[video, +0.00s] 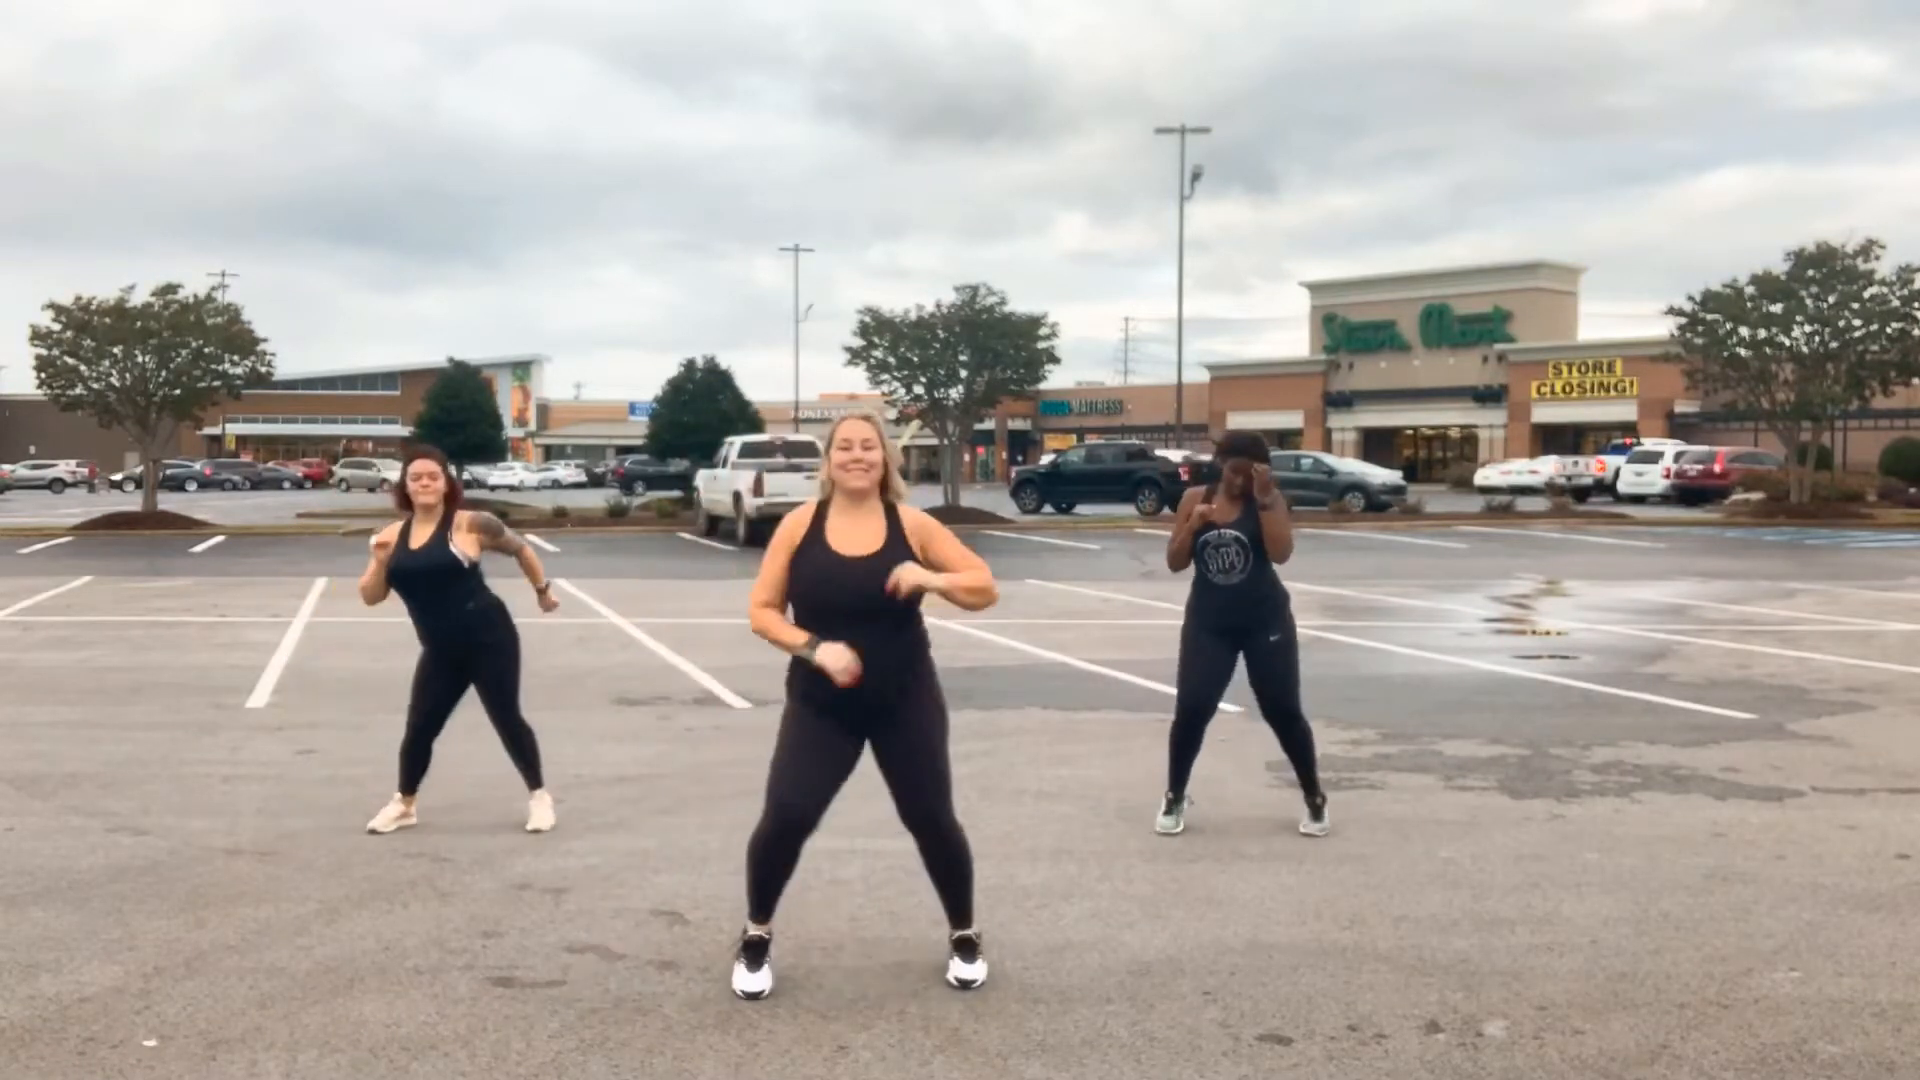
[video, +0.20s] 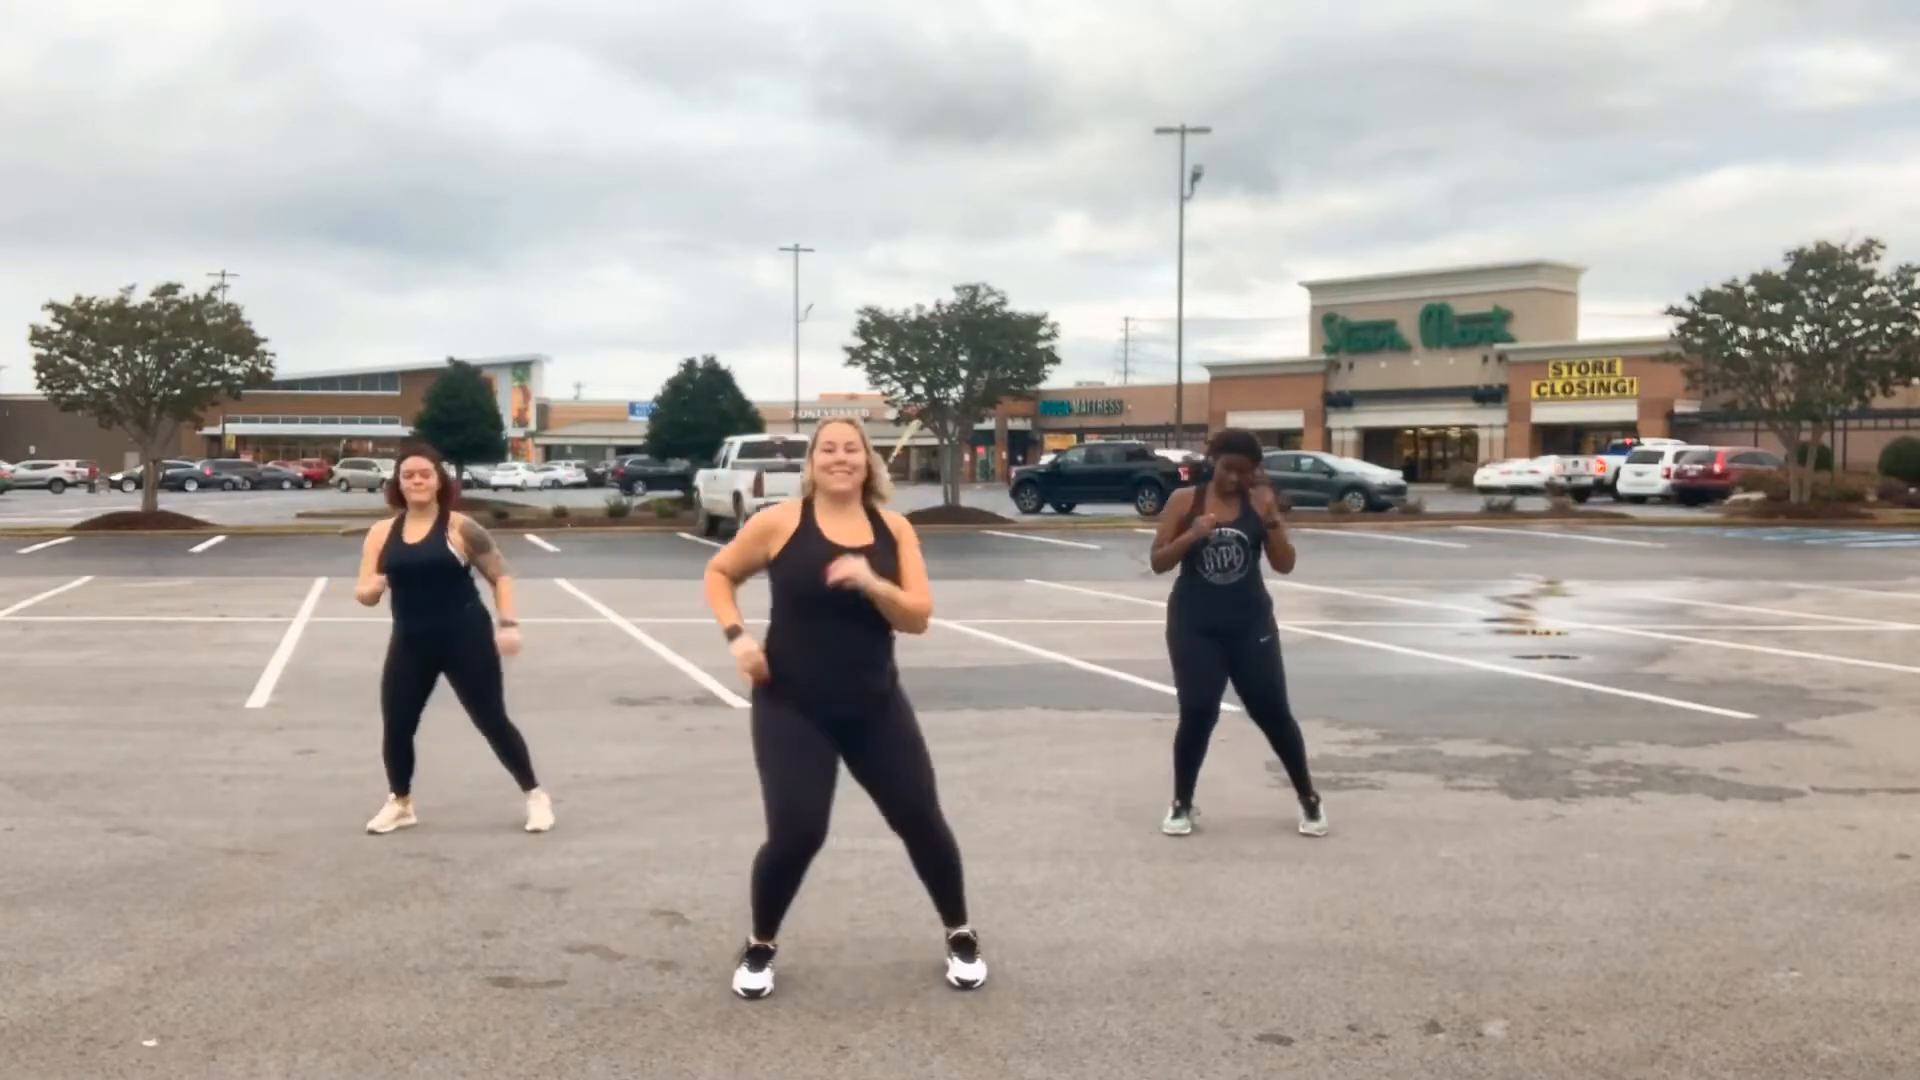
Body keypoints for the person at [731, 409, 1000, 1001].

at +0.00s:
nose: (856, 455)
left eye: (867, 446)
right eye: (844, 447)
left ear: (886, 458)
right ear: (827, 460)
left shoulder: (913, 524)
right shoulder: (800, 525)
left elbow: (984, 589)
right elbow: (761, 611)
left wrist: (932, 579)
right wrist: (814, 647)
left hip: (906, 701)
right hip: (821, 704)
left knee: (931, 820)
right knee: (784, 821)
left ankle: (964, 938)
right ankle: (756, 936)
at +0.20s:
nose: (840, 457)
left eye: (851, 448)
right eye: (828, 448)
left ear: (868, 461)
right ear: (810, 462)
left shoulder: (893, 528)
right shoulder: (779, 523)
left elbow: (917, 618)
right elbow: (718, 574)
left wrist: (871, 583)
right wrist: (737, 636)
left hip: (874, 704)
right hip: (792, 706)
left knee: (922, 822)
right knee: (796, 835)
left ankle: (960, 936)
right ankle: (761, 947)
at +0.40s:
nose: (808, 441)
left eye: (819, 432)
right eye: (797, 433)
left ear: (836, 446)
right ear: (778, 446)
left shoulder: (864, 515)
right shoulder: (749, 513)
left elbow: (905, 593)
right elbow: (685, 584)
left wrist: (879, 654)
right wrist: (753, 587)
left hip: (842, 694)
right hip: (759, 695)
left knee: (872, 812)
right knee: (760, 820)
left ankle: (872, 921)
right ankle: (757, 945)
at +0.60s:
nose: (789, 456)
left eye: (800, 448)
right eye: (778, 448)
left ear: (817, 462)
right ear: (760, 461)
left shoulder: (843, 518)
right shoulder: (731, 520)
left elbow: (921, 552)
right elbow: (716, 590)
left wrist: (891, 625)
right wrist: (802, 571)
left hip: (830, 697)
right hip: (752, 699)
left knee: (812, 822)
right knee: (751, 819)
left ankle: (814, 939)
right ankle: (755, 944)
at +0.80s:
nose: (780, 458)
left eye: (791, 449)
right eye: (769, 449)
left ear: (809, 463)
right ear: (750, 462)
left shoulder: (832, 531)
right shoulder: (722, 528)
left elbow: (883, 607)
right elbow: (676, 615)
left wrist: (854, 619)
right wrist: (729, 672)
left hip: (817, 703)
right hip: (737, 700)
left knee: (824, 825)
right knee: (729, 818)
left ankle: (816, 938)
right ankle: (709, 934)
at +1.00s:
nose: (752, 443)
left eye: (764, 435)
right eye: (740, 435)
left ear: (781, 451)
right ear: (721, 450)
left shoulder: (804, 516)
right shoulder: (689, 504)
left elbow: (838, 596)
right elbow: (627, 547)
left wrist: (781, 570)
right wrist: (647, 607)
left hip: (771, 689)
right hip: (690, 687)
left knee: (817, 801)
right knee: (668, 819)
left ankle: (816, 930)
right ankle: (611, 941)